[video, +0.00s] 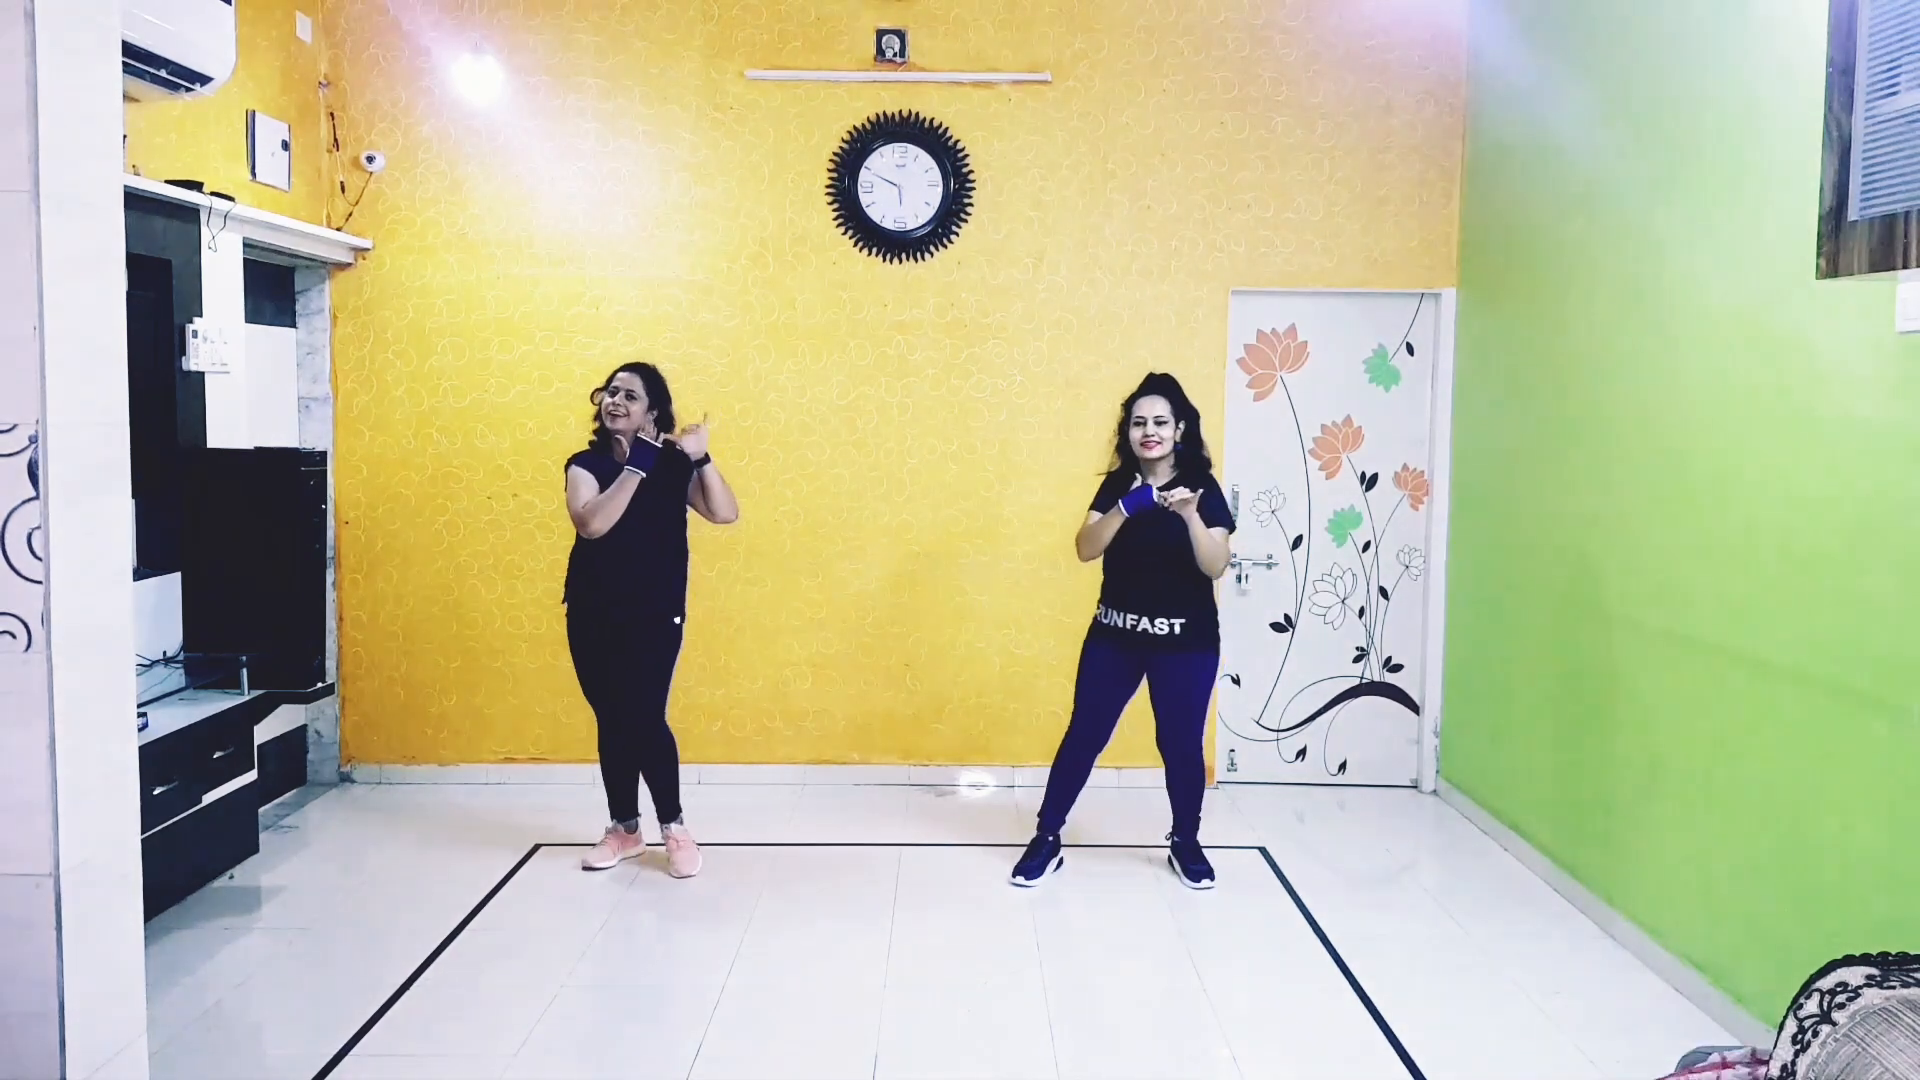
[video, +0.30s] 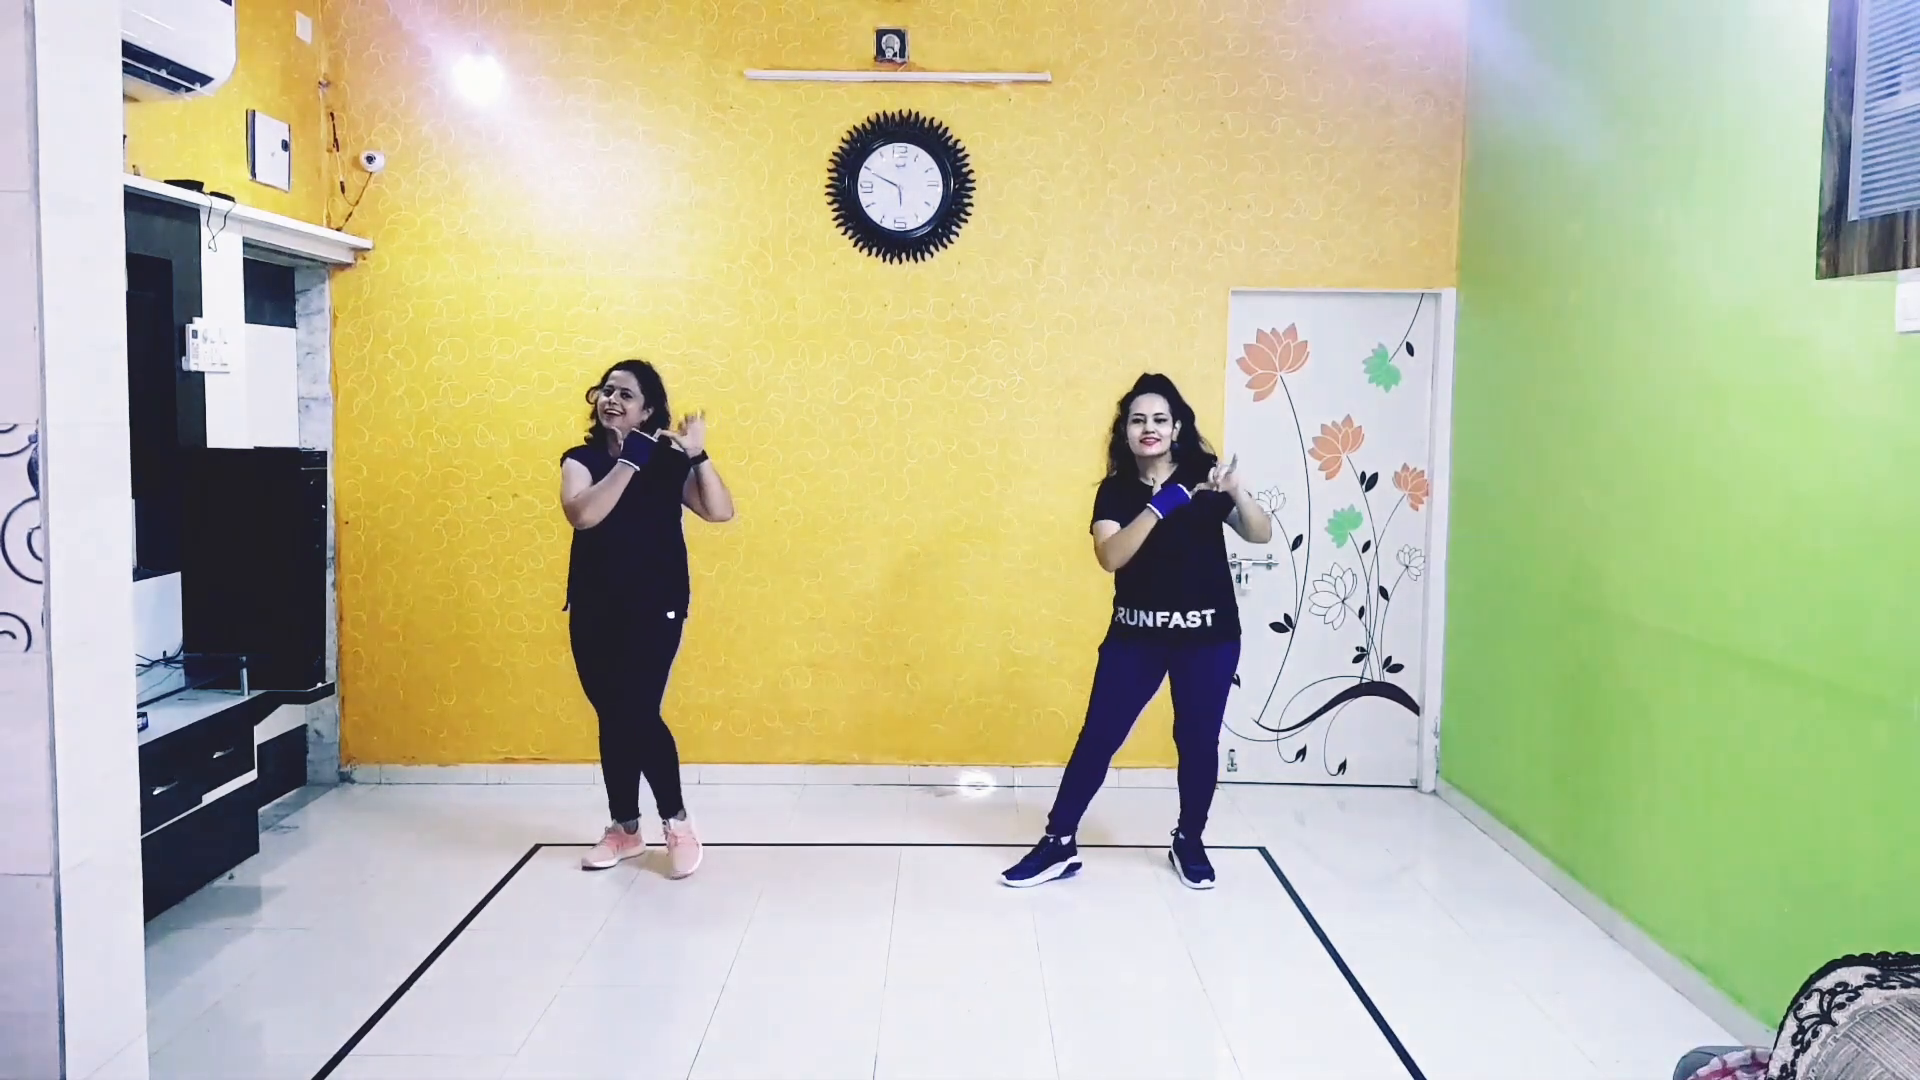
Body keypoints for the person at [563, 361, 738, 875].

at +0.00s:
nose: (614, 400)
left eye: (628, 395)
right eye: (611, 392)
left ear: (654, 412)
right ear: (601, 404)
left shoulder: (673, 462)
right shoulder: (586, 464)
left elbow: (725, 513)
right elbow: (591, 523)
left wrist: (703, 457)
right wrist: (637, 463)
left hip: (657, 610)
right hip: (595, 610)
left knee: (647, 716)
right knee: (612, 718)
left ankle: (673, 828)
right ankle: (624, 829)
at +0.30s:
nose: (611, 399)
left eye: (624, 394)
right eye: (607, 390)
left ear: (651, 407)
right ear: (597, 400)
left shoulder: (668, 458)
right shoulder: (582, 458)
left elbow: (720, 511)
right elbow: (582, 515)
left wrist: (699, 454)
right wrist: (630, 459)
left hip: (657, 603)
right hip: (595, 604)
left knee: (640, 710)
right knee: (612, 714)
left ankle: (676, 821)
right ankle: (624, 827)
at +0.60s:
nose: (621, 396)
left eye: (634, 392)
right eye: (616, 388)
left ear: (658, 408)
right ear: (604, 398)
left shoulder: (674, 458)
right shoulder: (586, 457)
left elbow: (724, 512)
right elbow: (590, 512)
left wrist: (704, 452)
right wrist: (638, 455)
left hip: (677, 606)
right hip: (613, 608)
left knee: (674, 717)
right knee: (622, 720)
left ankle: (689, 833)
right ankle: (625, 830)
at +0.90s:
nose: (622, 395)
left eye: (635, 389)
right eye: (617, 387)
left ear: (661, 405)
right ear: (606, 398)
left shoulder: (678, 459)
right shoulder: (589, 457)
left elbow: (730, 509)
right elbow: (598, 511)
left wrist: (711, 450)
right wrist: (645, 454)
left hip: (678, 610)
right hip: (612, 611)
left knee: (674, 720)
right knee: (606, 725)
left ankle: (687, 833)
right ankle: (614, 831)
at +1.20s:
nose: (605, 401)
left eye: (618, 395)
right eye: (600, 393)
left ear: (645, 408)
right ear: (590, 405)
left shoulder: (669, 461)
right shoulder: (580, 464)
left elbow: (724, 508)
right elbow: (586, 520)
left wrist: (699, 454)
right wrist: (629, 460)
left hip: (643, 611)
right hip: (579, 610)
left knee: (639, 723)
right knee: (594, 723)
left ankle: (663, 829)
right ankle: (612, 831)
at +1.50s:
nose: (601, 401)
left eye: (615, 395)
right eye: (597, 393)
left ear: (642, 411)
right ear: (588, 404)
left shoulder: (663, 460)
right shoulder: (577, 463)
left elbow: (719, 501)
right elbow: (578, 523)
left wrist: (687, 448)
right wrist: (618, 461)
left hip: (650, 610)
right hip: (586, 612)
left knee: (646, 720)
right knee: (602, 725)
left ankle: (685, 825)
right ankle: (615, 834)